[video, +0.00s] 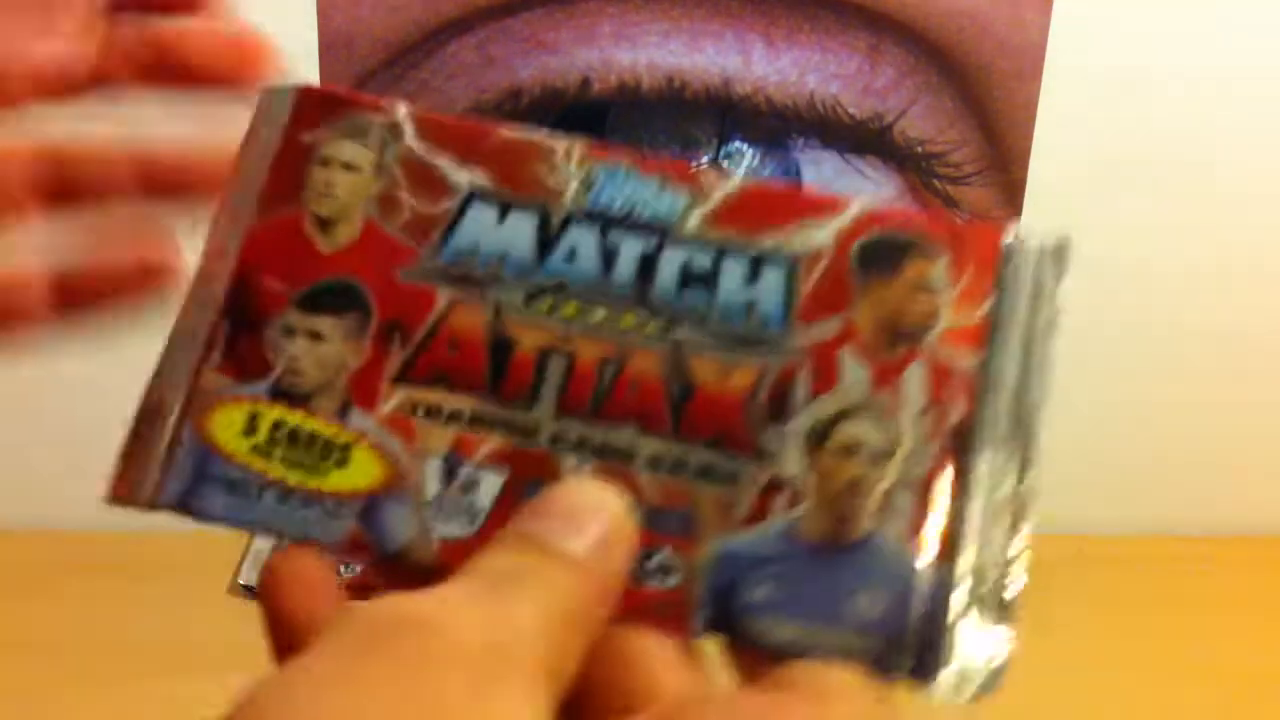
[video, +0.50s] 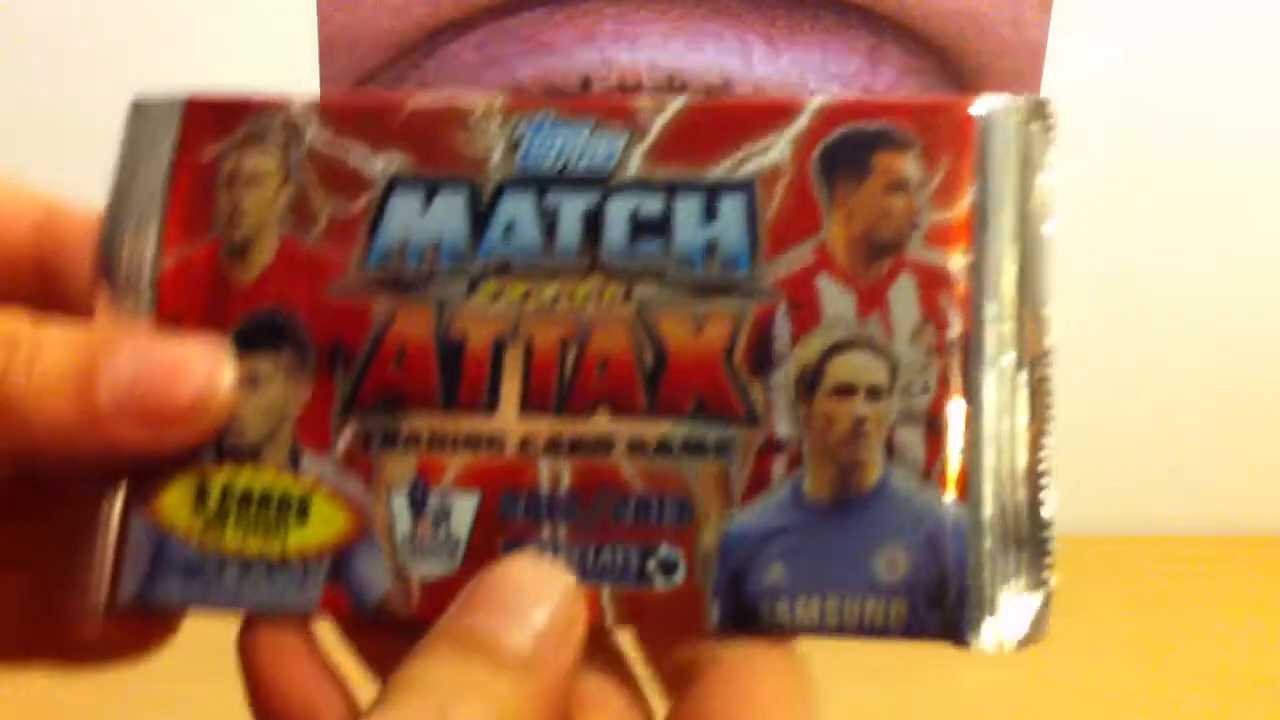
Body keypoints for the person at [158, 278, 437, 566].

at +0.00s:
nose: (294, 352)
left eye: (315, 339)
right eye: (287, 334)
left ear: (356, 353)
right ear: (271, 340)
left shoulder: (373, 451)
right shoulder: (220, 411)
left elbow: (413, 561)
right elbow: (162, 507)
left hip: (300, 596)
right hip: (193, 568)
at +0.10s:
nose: (297, 320)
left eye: (318, 306)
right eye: (291, 303)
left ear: (363, 318)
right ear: (278, 310)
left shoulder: (394, 414)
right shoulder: (225, 392)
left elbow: (432, 519)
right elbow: (175, 497)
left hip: (330, 564)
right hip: (219, 552)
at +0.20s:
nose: (290, 308)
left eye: (310, 293)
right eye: (283, 291)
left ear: (354, 303)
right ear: (267, 296)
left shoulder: (393, 399)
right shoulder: (226, 386)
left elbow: (440, 505)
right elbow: (175, 500)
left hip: (343, 563)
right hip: (228, 554)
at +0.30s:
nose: (280, 287)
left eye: (301, 271)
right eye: (275, 268)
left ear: (342, 282)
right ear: (259, 271)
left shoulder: (375, 382)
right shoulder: (215, 363)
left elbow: (426, 491)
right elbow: (160, 476)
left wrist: (426, 381)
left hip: (318, 544)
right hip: (211, 535)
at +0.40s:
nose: (262, 325)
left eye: (283, 309)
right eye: (257, 306)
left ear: (327, 316)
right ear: (240, 308)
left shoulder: (361, 424)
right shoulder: (199, 408)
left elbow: (404, 537)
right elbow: (147, 524)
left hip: (303, 588)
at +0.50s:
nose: (233, 400)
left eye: (253, 383)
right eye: (227, 381)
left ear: (299, 391)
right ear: (210, 387)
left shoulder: (335, 496)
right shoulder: (171, 488)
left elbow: (392, 606)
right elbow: (123, 611)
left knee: (273, 635)